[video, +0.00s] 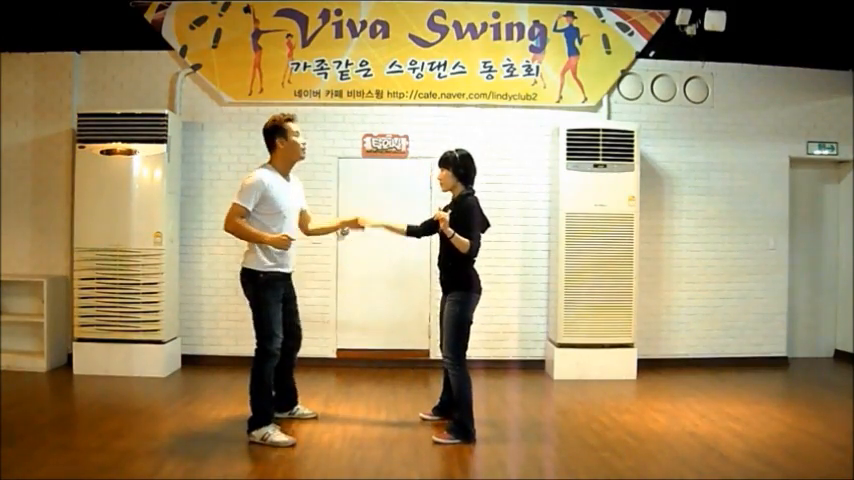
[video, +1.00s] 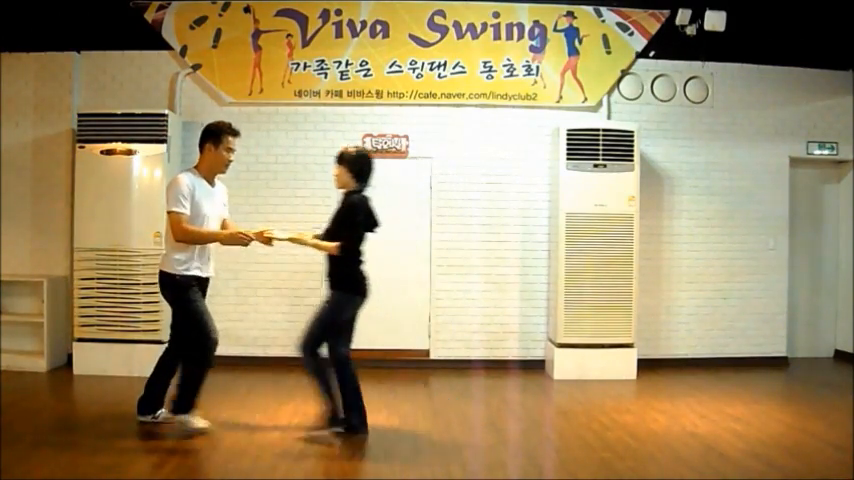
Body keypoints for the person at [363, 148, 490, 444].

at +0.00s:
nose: (437, 174)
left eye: (442, 169)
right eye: (439, 169)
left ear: (456, 173)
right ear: (455, 173)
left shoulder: (469, 205)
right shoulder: (452, 206)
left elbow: (470, 249)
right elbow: (418, 231)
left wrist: (447, 229)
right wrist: (376, 223)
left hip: (463, 291)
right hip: (452, 289)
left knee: (454, 357)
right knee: (448, 353)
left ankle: (463, 429)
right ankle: (447, 408)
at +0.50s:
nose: (426, 176)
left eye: (430, 170)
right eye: (427, 170)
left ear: (445, 174)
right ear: (441, 175)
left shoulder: (457, 207)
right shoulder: (437, 209)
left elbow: (464, 249)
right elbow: (401, 230)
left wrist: (429, 235)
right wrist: (361, 226)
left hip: (453, 295)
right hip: (436, 294)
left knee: (442, 361)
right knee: (410, 348)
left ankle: (465, 427)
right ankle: (437, 400)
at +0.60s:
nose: (413, 177)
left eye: (418, 172)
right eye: (415, 172)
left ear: (431, 176)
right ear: (429, 177)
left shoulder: (441, 208)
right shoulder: (426, 211)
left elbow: (440, 250)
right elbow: (390, 231)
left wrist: (411, 237)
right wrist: (351, 230)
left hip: (441, 298)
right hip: (427, 297)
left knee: (436, 364)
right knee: (394, 345)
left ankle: (465, 427)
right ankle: (402, 412)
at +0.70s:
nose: (397, 183)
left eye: (402, 178)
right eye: (399, 178)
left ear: (416, 183)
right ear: (415, 183)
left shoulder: (422, 214)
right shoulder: (412, 214)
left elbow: (416, 256)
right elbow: (382, 236)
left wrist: (387, 244)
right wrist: (342, 238)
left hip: (423, 302)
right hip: (411, 301)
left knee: (427, 368)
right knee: (378, 352)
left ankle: (464, 426)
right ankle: (362, 419)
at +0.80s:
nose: (376, 180)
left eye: (381, 176)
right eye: (378, 175)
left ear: (393, 180)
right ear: (393, 180)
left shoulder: (399, 211)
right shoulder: (392, 211)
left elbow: (390, 254)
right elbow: (362, 239)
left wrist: (359, 242)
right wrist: (322, 240)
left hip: (396, 301)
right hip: (386, 300)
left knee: (397, 364)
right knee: (357, 352)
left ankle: (451, 411)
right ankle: (356, 420)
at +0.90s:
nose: (356, 173)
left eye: (360, 169)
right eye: (357, 168)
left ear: (372, 174)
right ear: (373, 174)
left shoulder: (377, 205)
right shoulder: (371, 203)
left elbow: (365, 248)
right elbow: (349, 234)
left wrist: (333, 240)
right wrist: (321, 235)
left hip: (371, 291)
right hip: (367, 290)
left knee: (349, 353)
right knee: (349, 353)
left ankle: (404, 397)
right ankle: (356, 418)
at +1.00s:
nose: (335, 173)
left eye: (339, 169)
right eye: (337, 168)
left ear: (351, 173)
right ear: (356, 174)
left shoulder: (353, 204)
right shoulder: (356, 202)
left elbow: (339, 247)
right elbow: (334, 241)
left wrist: (307, 240)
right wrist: (307, 238)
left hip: (345, 291)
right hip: (350, 289)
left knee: (309, 345)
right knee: (339, 352)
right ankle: (355, 421)